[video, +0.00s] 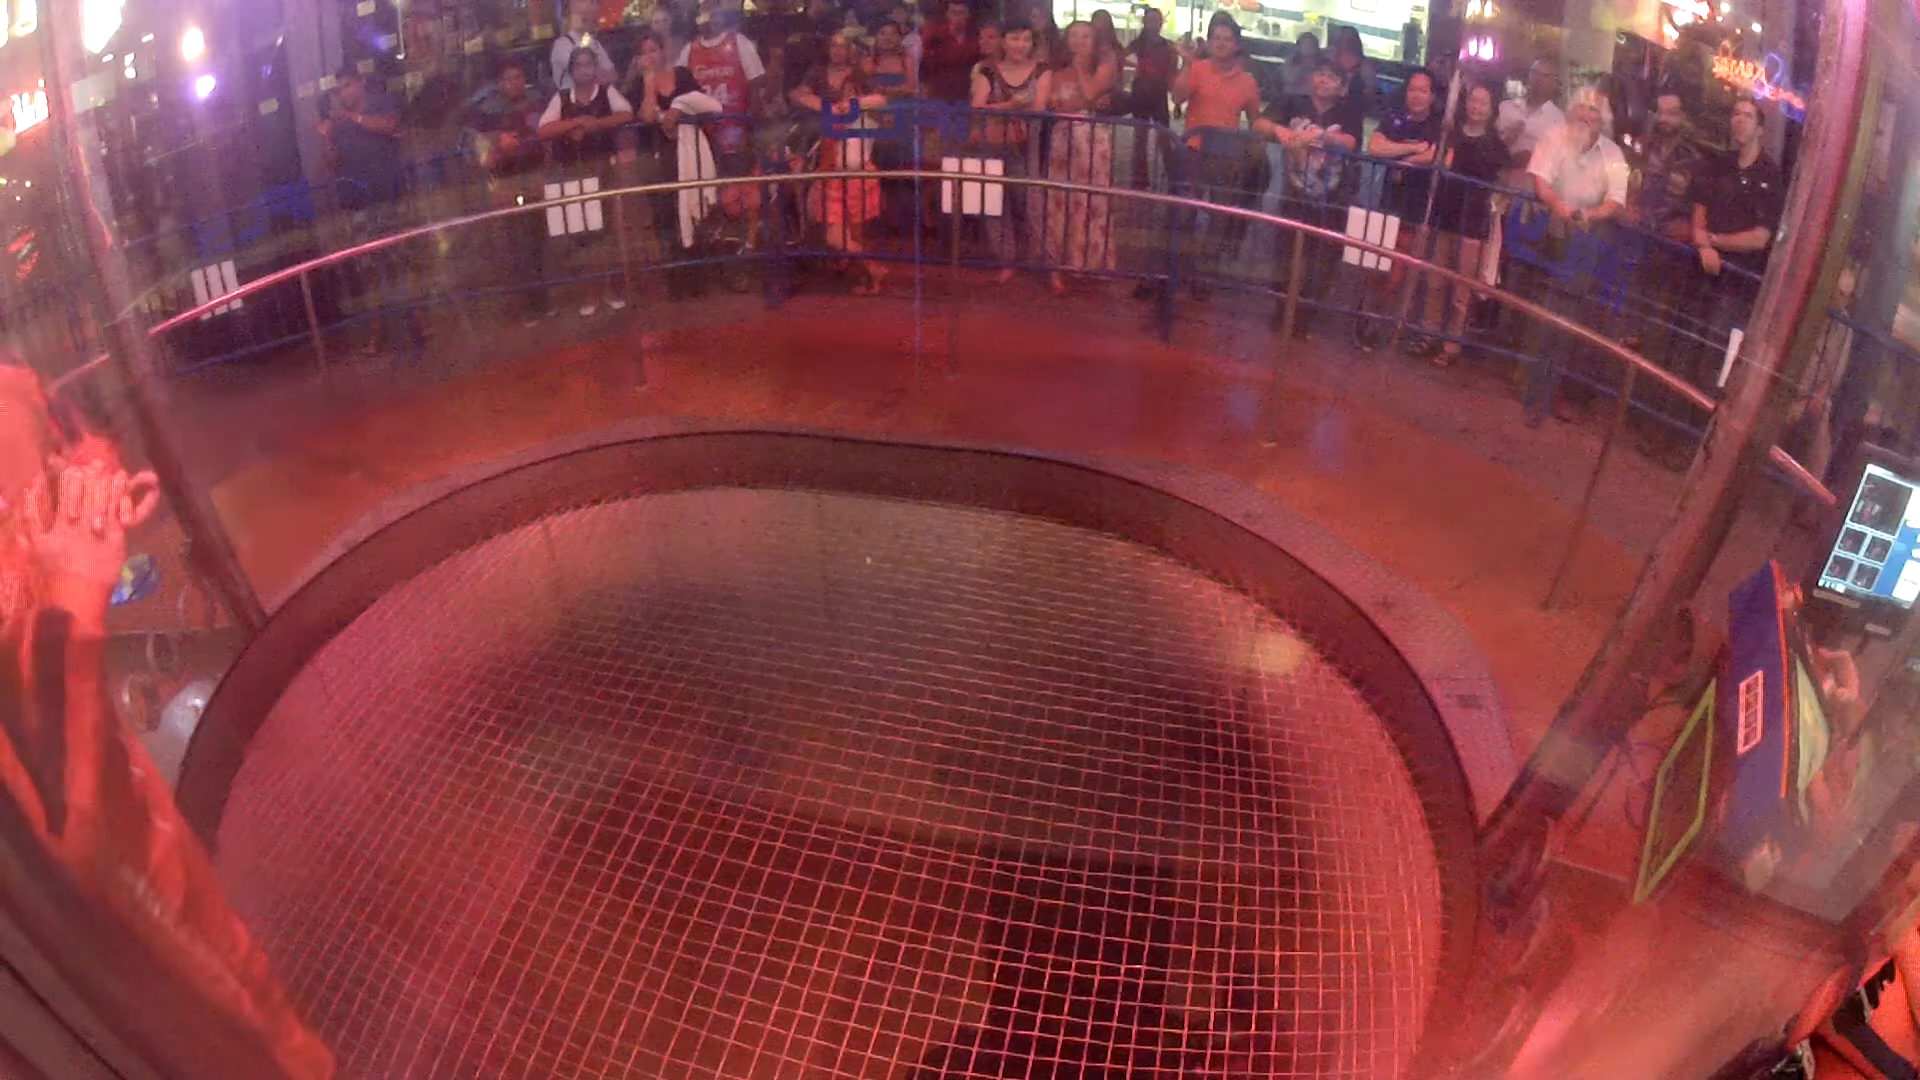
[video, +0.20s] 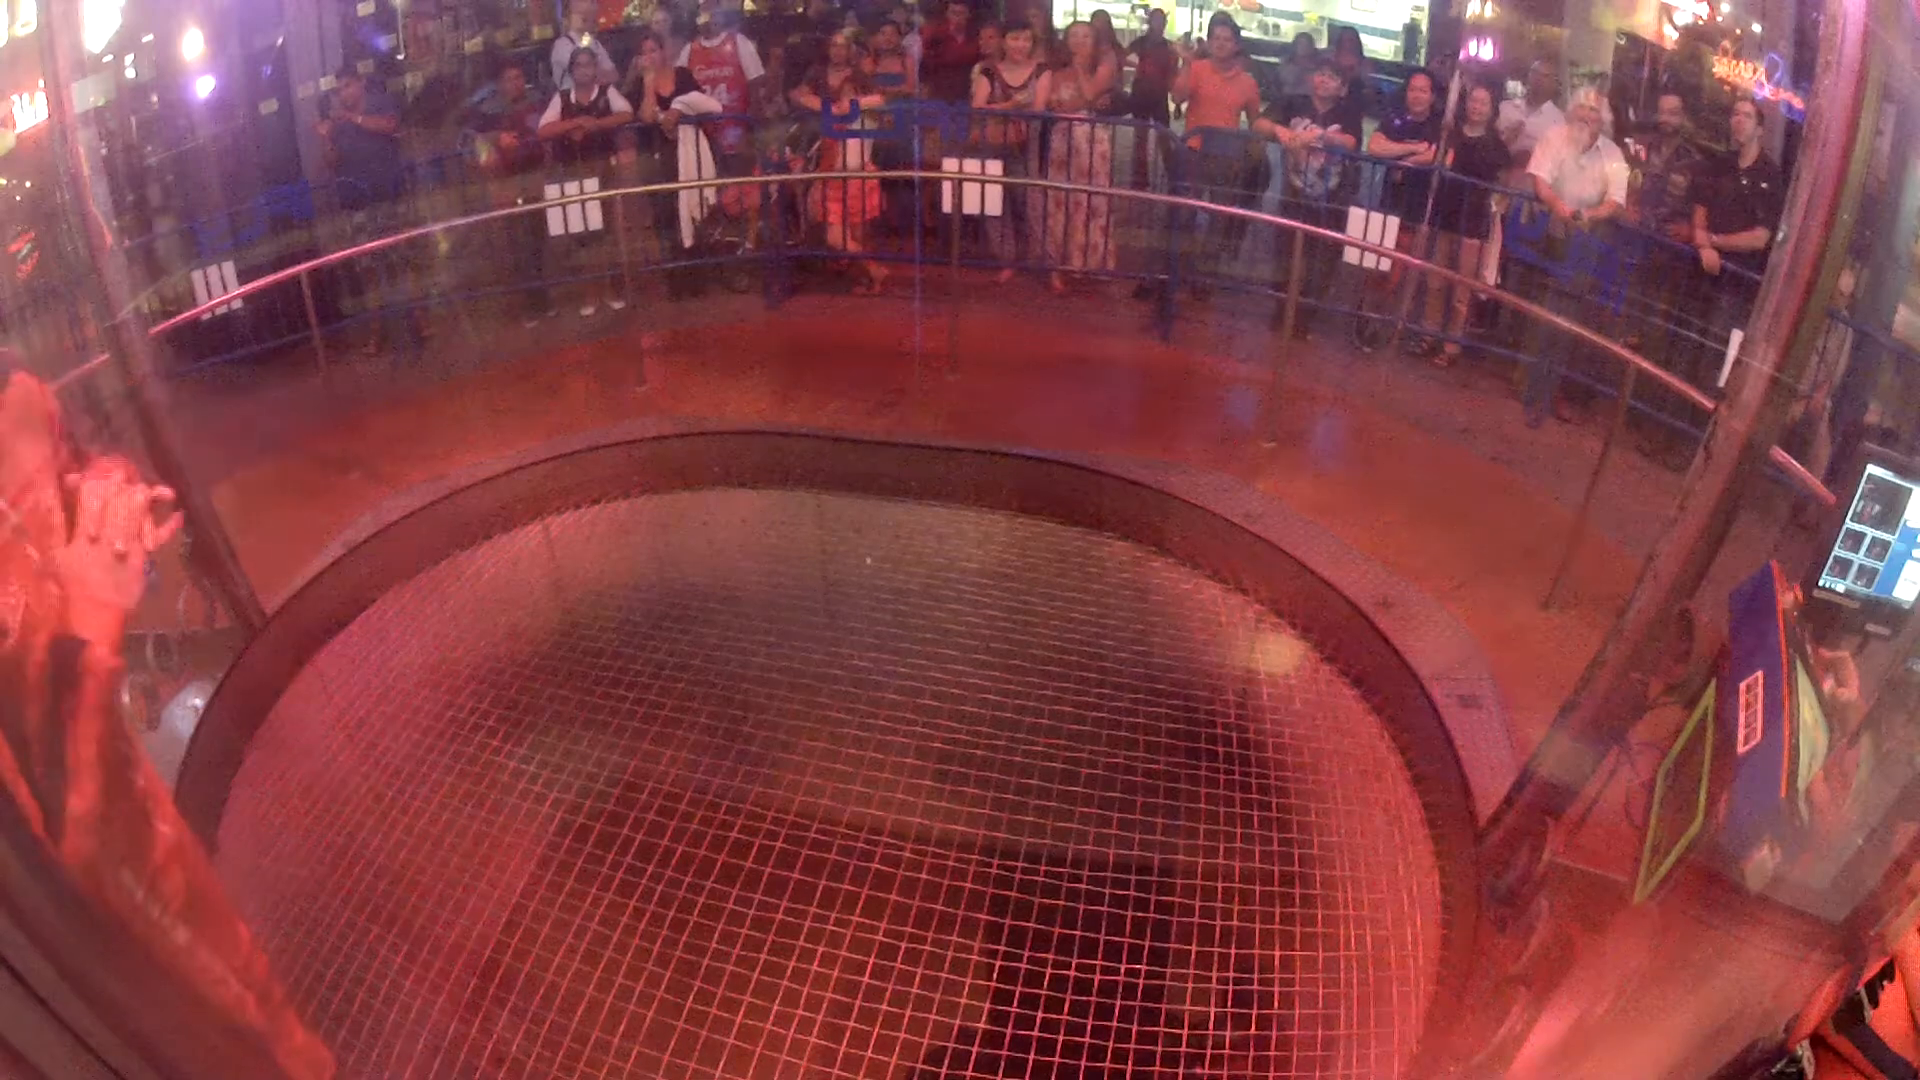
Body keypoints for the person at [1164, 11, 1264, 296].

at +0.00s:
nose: (1221, 43)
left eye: (1227, 38)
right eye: (1216, 37)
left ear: (1237, 44)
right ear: (1208, 41)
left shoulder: (1246, 80)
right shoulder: (1197, 68)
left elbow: (1256, 121)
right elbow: (1178, 96)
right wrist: (1187, 63)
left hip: (1228, 151)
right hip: (1194, 146)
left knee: (1220, 214)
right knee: (1182, 209)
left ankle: (1204, 272)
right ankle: (1169, 270)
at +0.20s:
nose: (1221, 43)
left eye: (1227, 39)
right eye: (1216, 37)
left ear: (1237, 44)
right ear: (1208, 41)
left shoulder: (1246, 81)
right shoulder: (1196, 69)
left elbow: (1256, 122)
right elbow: (1177, 96)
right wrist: (1186, 64)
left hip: (1228, 151)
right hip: (1194, 146)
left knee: (1221, 214)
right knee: (1182, 209)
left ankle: (1204, 273)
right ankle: (1170, 270)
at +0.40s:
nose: (1221, 44)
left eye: (1227, 39)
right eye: (1216, 38)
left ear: (1237, 44)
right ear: (1208, 41)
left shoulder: (1245, 81)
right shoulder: (1196, 69)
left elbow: (1256, 121)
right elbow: (1177, 96)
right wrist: (1187, 65)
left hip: (1227, 152)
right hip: (1194, 147)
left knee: (1221, 214)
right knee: (1182, 210)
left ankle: (1205, 274)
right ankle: (1171, 270)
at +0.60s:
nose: (1221, 44)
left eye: (1227, 39)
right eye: (1216, 38)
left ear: (1237, 45)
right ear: (1208, 41)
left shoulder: (1245, 80)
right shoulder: (1196, 69)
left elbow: (1255, 120)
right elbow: (1178, 97)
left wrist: (1273, 133)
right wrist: (1184, 63)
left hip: (1227, 154)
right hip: (1193, 148)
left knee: (1220, 217)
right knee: (1183, 211)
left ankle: (1206, 275)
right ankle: (1171, 271)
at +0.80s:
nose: (1220, 44)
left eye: (1226, 39)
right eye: (1215, 38)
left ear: (1236, 45)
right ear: (1207, 41)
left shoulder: (1245, 80)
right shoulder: (1196, 69)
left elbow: (1256, 119)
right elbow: (1178, 97)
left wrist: (1251, 145)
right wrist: (1184, 64)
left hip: (1228, 152)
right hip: (1194, 147)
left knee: (1220, 215)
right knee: (1183, 209)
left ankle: (1206, 274)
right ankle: (1172, 269)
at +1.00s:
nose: (1220, 43)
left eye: (1226, 39)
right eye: (1215, 38)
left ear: (1236, 45)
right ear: (1208, 41)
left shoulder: (1246, 81)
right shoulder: (1196, 69)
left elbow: (1254, 120)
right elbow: (1177, 97)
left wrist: (1276, 131)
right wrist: (1184, 64)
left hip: (1228, 153)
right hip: (1194, 148)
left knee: (1223, 213)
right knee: (1185, 205)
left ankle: (1209, 270)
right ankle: (1172, 265)